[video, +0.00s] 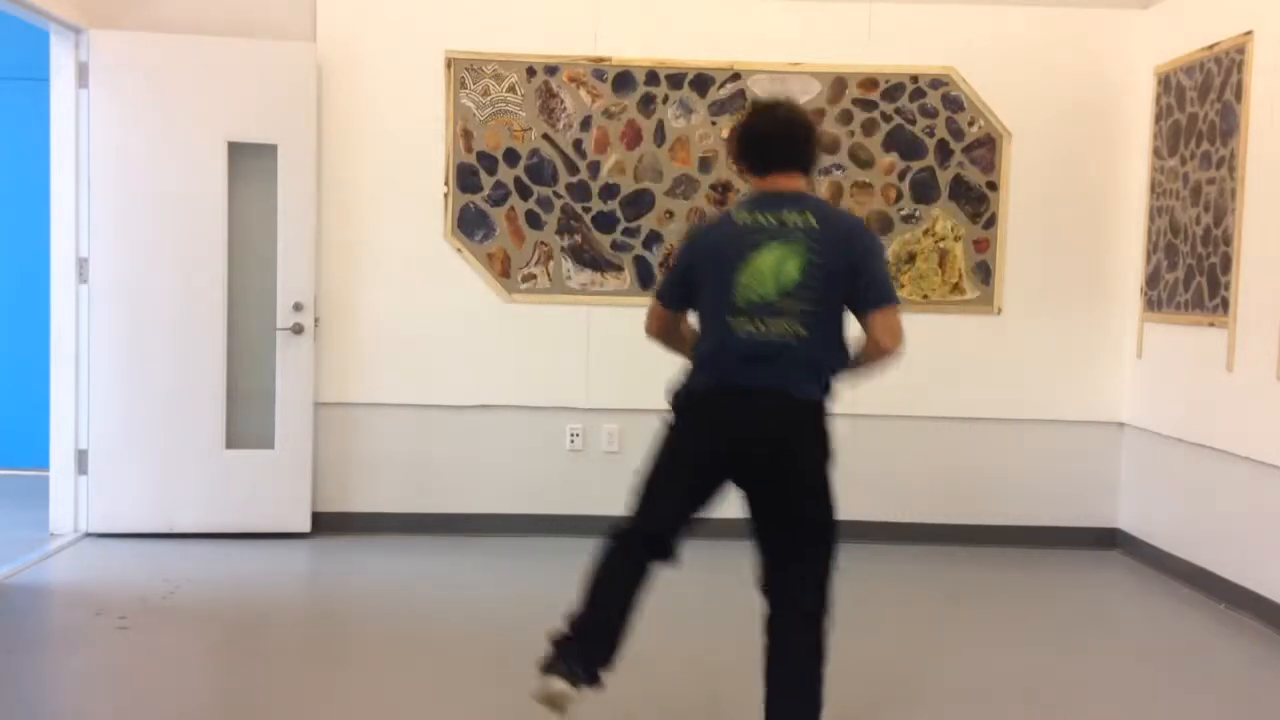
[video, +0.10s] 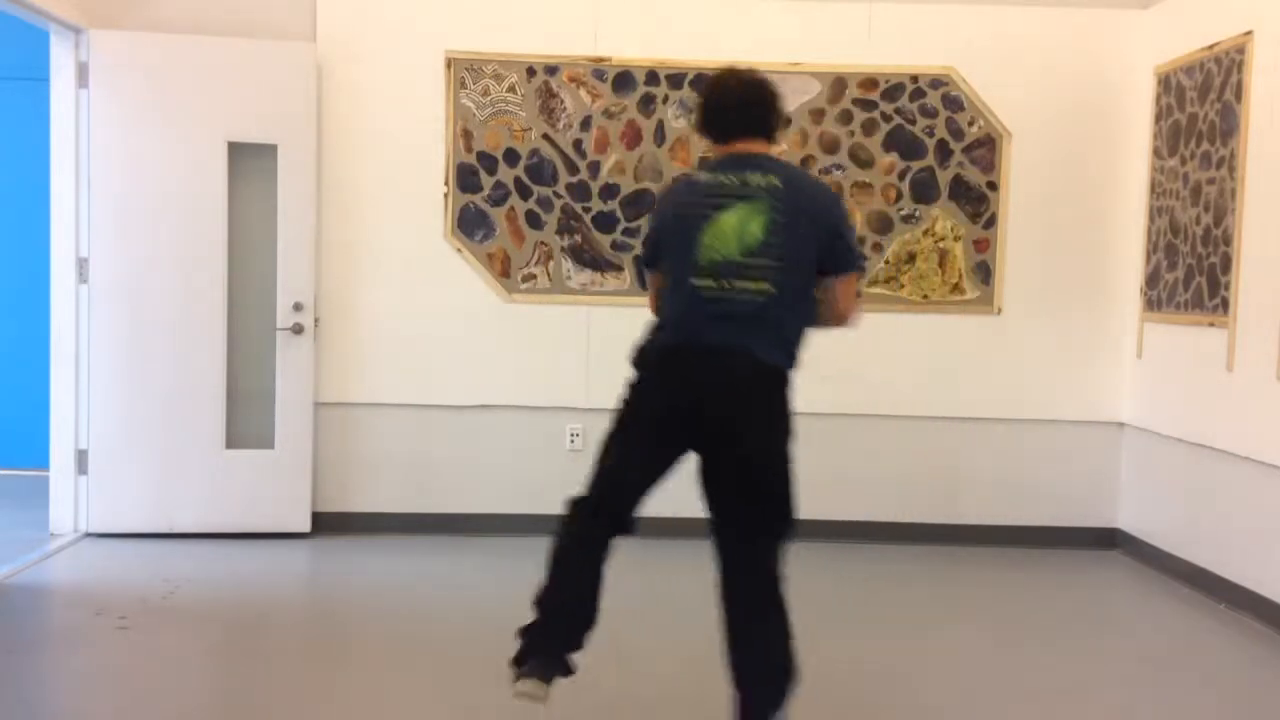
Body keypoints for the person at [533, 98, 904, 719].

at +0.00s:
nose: (741, 169)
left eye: (741, 159)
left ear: (743, 162)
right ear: (810, 159)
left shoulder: (716, 233)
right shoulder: (847, 234)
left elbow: (660, 324)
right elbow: (886, 338)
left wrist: (714, 351)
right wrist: (833, 362)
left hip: (709, 417)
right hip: (791, 424)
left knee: (643, 536)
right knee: (798, 584)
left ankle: (573, 664)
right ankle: (793, 711)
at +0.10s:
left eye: (709, 126)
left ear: (706, 130)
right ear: (776, 127)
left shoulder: (683, 193)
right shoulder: (815, 199)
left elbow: (660, 299)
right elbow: (841, 306)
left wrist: (721, 291)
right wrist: (774, 298)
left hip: (669, 382)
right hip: (753, 393)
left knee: (599, 510)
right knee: (750, 550)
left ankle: (543, 651)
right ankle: (761, 701)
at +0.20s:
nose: (659, 143)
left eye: (661, 134)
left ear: (666, 135)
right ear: (731, 131)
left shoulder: (646, 197)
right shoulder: (770, 202)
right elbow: (780, 303)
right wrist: (736, 349)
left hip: (639, 388)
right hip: (722, 398)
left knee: (568, 521)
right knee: (711, 554)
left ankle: (508, 671)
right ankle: (707, 704)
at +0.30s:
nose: (623, 190)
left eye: (621, 181)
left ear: (627, 180)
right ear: (688, 172)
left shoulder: (606, 245)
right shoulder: (727, 250)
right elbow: (716, 340)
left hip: (603, 440)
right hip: (684, 448)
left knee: (536, 571)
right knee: (675, 607)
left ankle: (450, 691)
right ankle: (675, 715)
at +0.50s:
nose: (517, 195)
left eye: (518, 187)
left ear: (522, 190)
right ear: (586, 188)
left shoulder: (500, 256)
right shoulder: (628, 263)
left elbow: (469, 353)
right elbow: (618, 355)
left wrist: (459, 411)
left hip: (510, 434)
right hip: (592, 437)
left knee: (464, 567)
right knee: (595, 577)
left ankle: (426, 704)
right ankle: (652, 697)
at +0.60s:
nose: (479, 192)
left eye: (480, 182)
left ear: (484, 186)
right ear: (546, 183)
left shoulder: (462, 248)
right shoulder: (583, 255)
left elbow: (396, 325)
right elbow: (601, 363)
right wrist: (596, 454)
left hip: (474, 425)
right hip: (553, 430)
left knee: (434, 558)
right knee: (533, 547)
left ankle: (427, 699)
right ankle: (578, 656)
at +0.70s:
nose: (454, 181)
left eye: (452, 171)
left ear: (454, 173)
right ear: (517, 172)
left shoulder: (431, 230)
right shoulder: (555, 242)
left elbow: (343, 287)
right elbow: (597, 338)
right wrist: (616, 420)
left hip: (447, 414)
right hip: (526, 418)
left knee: (422, 545)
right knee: (502, 523)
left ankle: (427, 685)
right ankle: (496, 646)